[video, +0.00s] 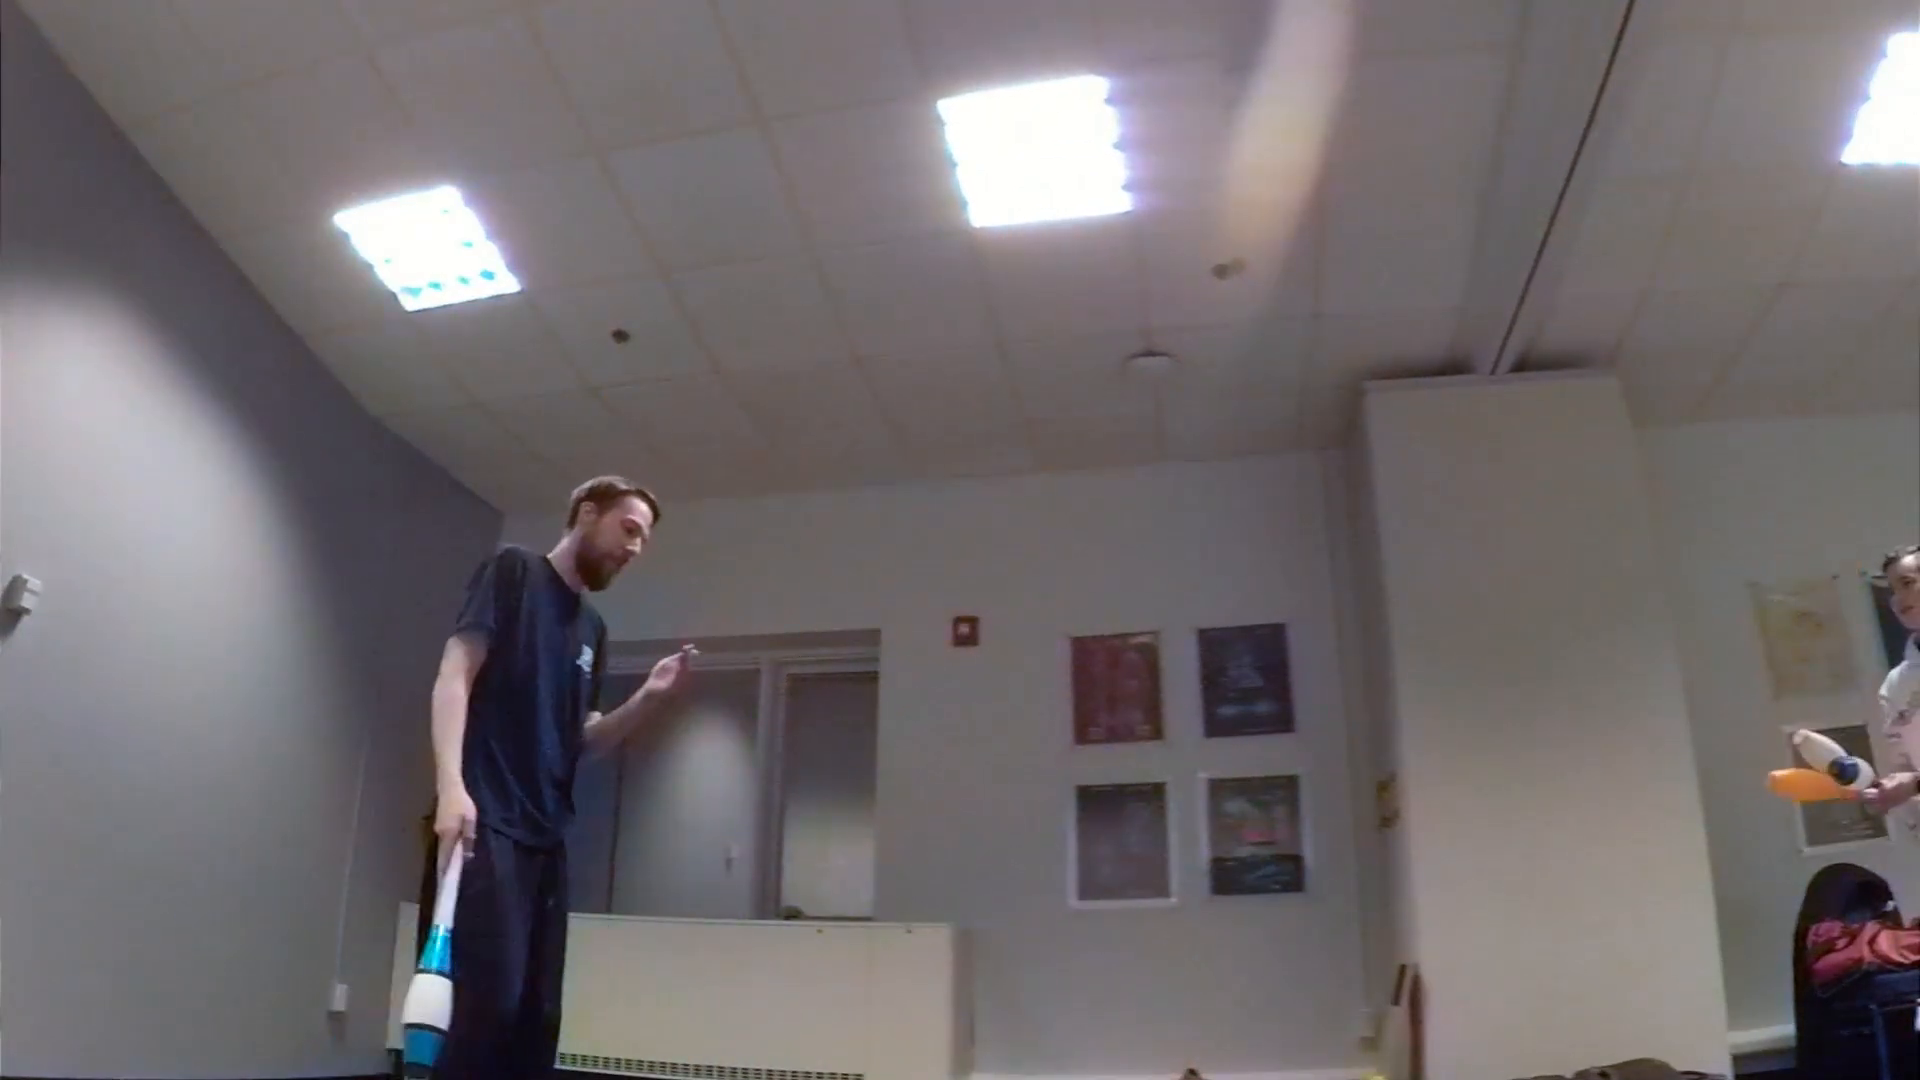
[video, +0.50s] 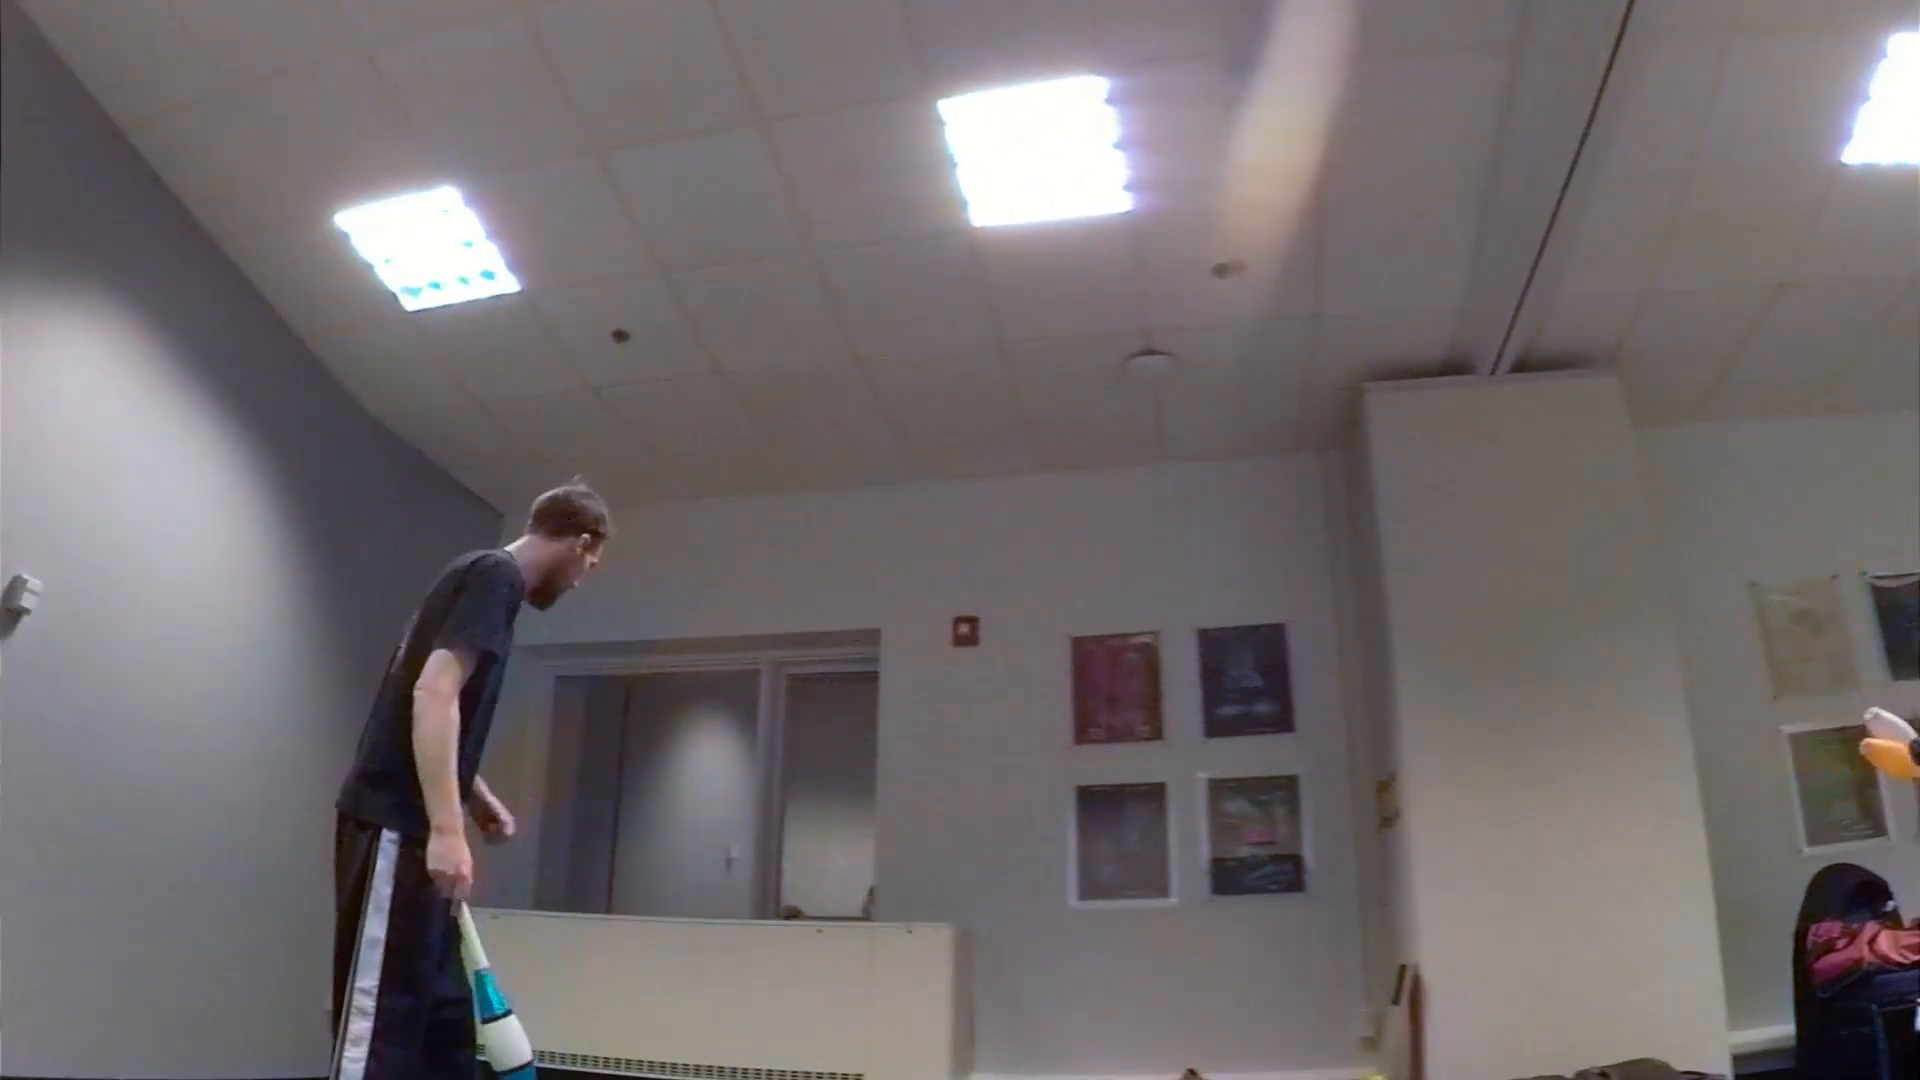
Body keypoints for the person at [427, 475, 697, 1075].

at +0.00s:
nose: (635, 547)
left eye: (643, 539)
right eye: (628, 528)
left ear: (642, 550)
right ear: (587, 514)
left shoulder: (591, 626)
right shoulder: (513, 570)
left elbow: (583, 736)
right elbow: (452, 678)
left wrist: (647, 694)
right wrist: (450, 788)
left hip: (545, 837)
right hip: (488, 824)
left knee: (536, 1013)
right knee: (487, 1003)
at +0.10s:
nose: (621, 546)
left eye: (629, 536)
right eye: (615, 526)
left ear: (626, 546)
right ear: (572, 509)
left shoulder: (575, 622)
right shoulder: (500, 566)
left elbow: (568, 735)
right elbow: (445, 677)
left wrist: (632, 696)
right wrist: (454, 791)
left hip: (535, 842)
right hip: (474, 828)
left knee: (527, 1021)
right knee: (442, 1013)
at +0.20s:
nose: (609, 553)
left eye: (615, 542)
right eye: (606, 533)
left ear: (581, 525)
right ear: (564, 511)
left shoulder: (553, 619)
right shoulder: (487, 566)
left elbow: (542, 734)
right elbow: (434, 685)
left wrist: (611, 702)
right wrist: (457, 806)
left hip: (513, 840)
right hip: (446, 826)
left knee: (517, 1023)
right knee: (415, 1019)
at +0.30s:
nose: (599, 562)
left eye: (605, 550)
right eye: (601, 544)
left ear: (566, 523)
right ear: (575, 522)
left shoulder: (528, 609)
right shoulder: (488, 569)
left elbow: (500, 731)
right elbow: (429, 693)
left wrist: (579, 724)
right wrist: (454, 824)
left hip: (479, 841)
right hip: (419, 832)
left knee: (496, 1023)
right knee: (393, 1025)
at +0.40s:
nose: (588, 575)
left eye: (597, 563)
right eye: (596, 559)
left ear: (553, 524)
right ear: (581, 535)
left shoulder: (505, 589)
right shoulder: (491, 574)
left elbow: (453, 716)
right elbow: (432, 694)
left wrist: (522, 762)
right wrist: (450, 831)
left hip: (436, 826)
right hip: (403, 822)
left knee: (458, 1008)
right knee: (380, 1013)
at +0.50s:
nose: (581, 580)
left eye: (590, 568)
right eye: (590, 564)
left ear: (541, 527)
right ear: (579, 543)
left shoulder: (489, 579)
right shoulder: (495, 577)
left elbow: (432, 703)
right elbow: (434, 690)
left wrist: (472, 790)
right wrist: (446, 828)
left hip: (413, 821)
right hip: (394, 820)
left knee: (437, 1007)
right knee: (375, 1013)